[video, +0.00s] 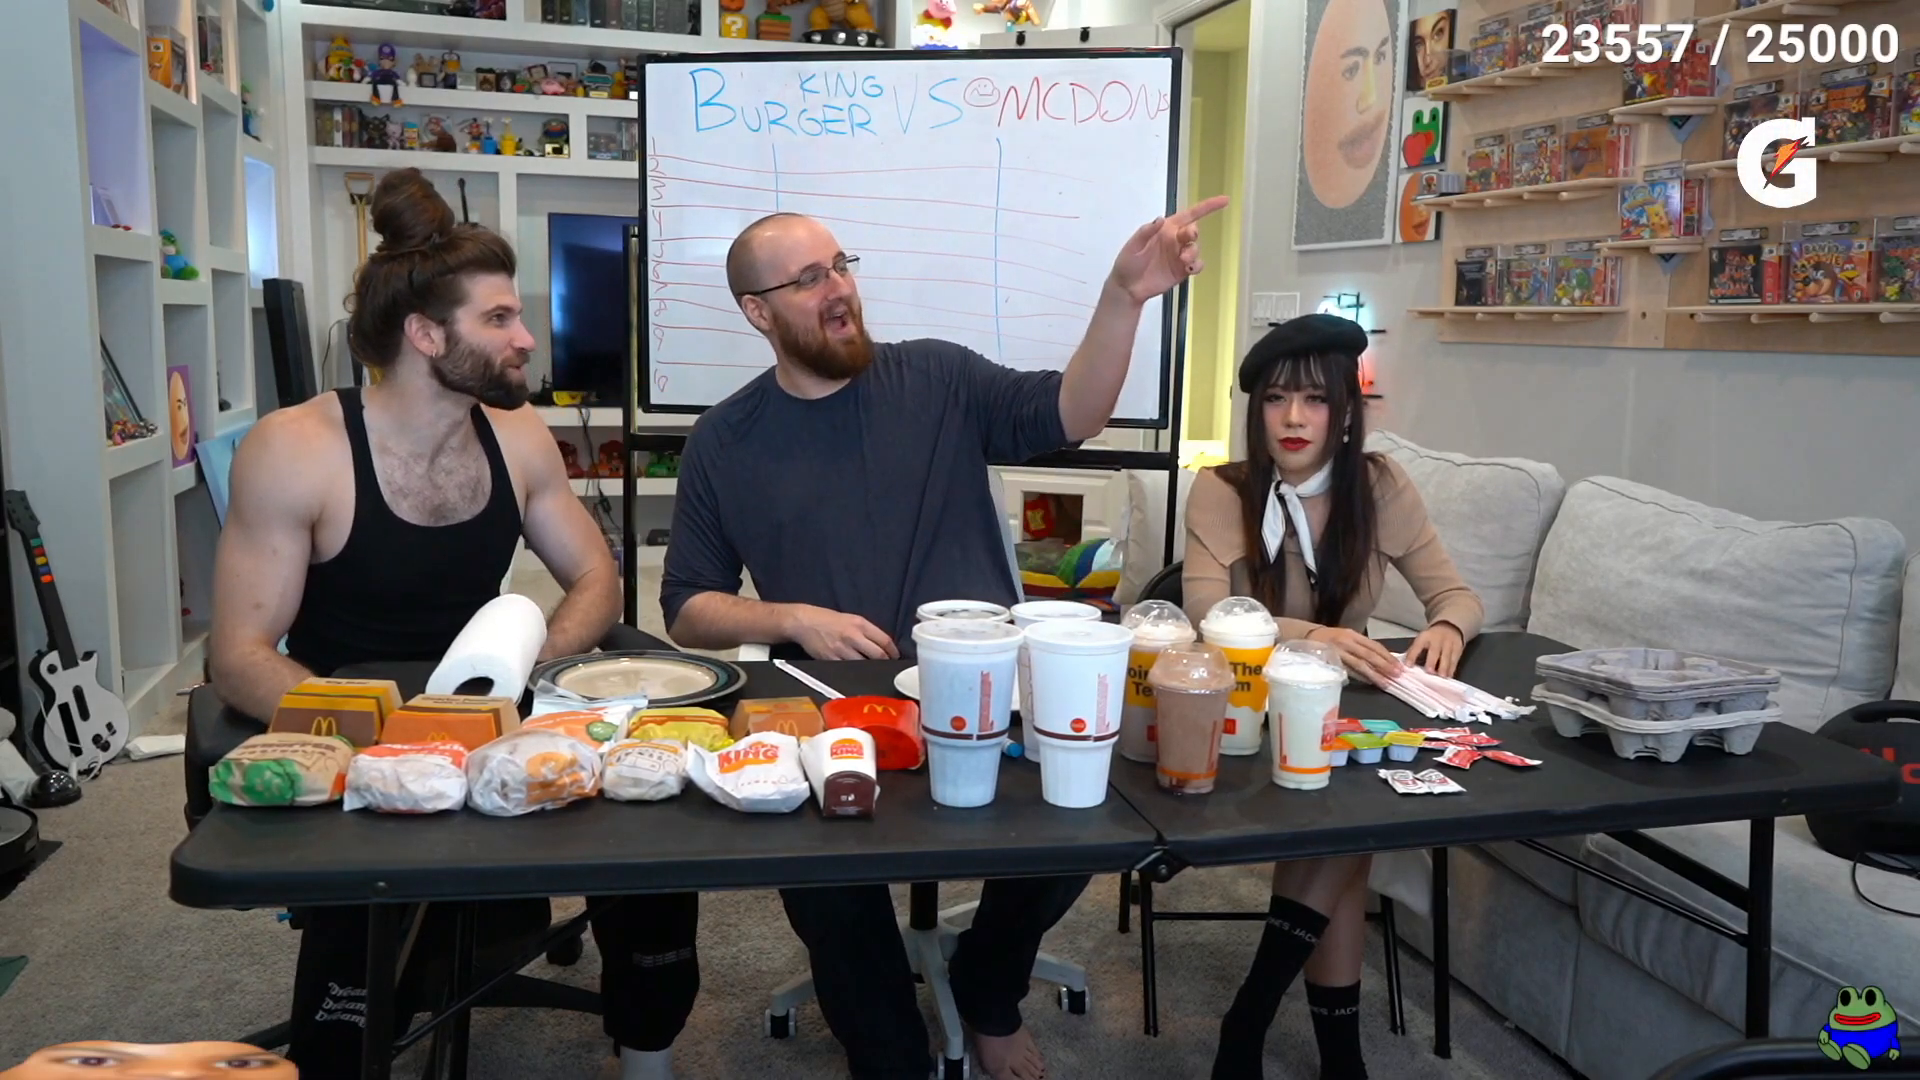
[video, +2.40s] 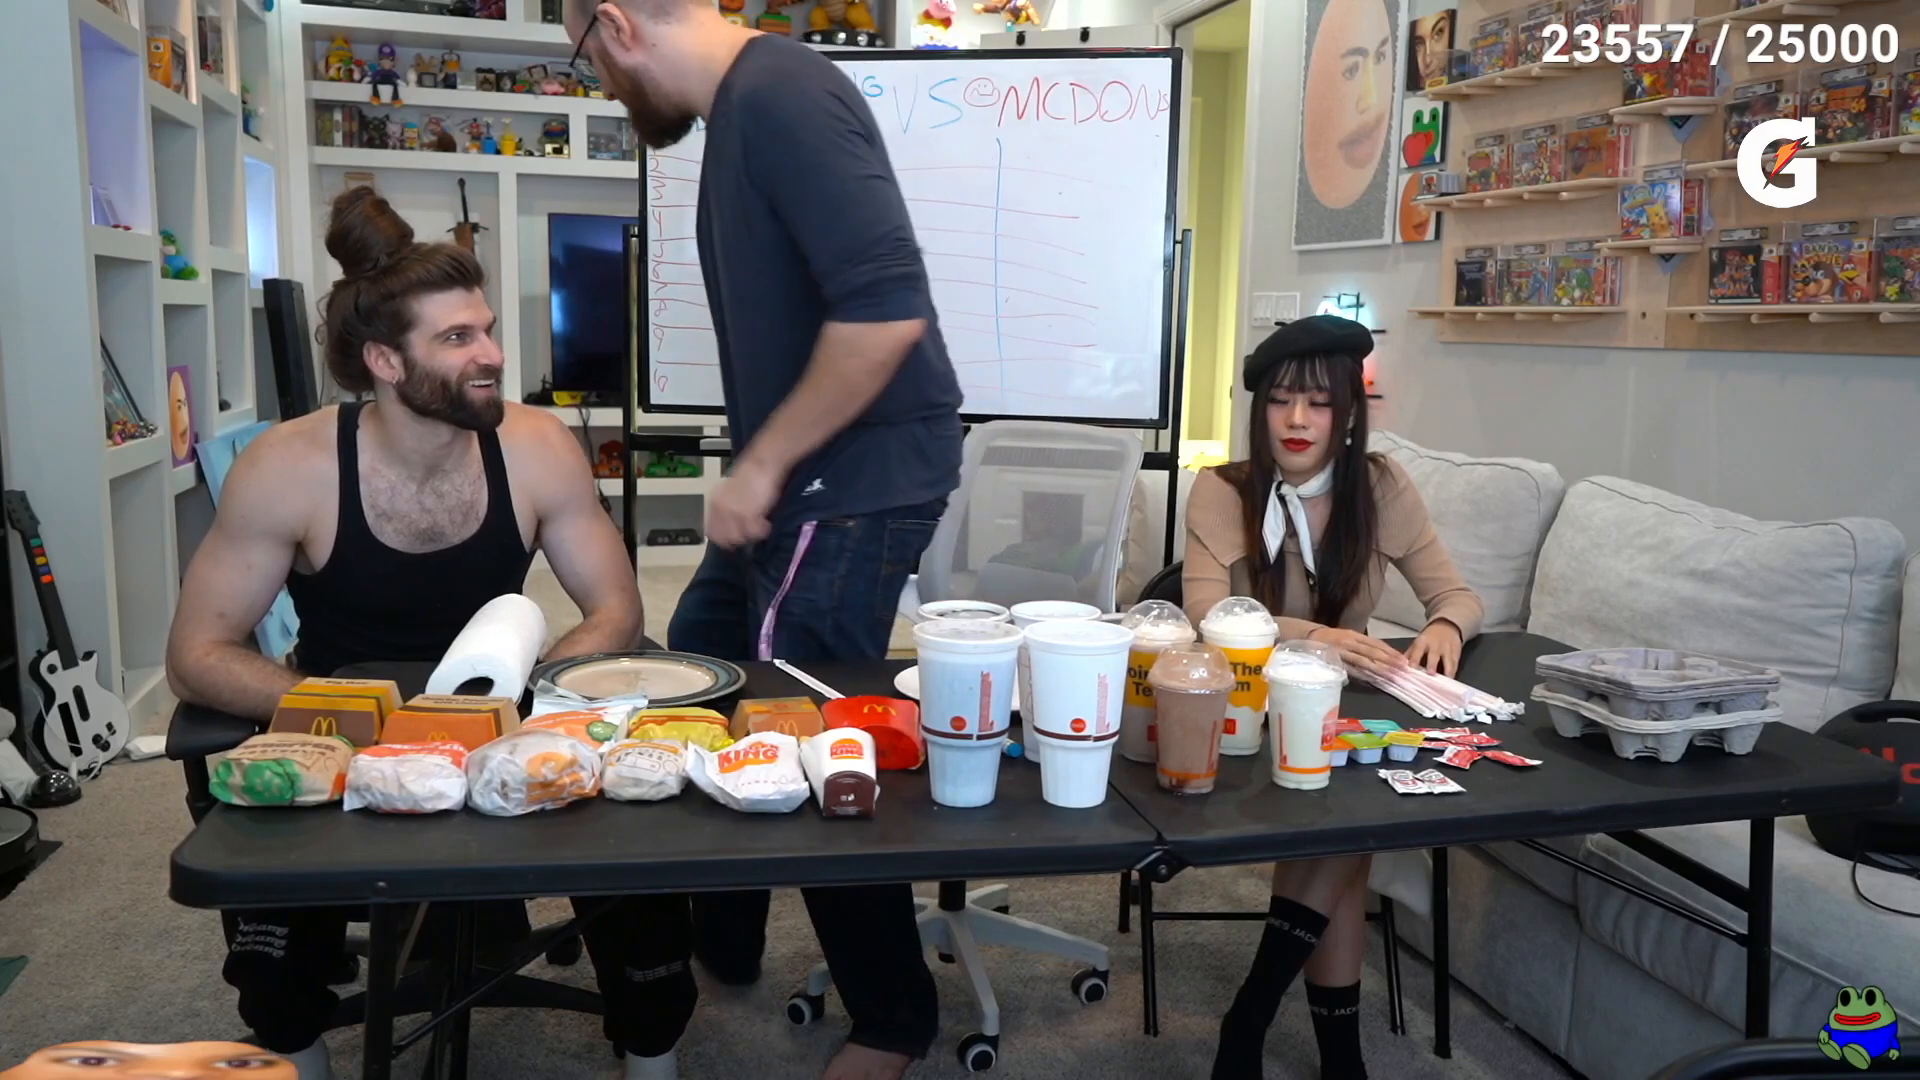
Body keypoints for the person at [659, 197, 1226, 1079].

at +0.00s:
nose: (840, 288)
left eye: (841, 267)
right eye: (809, 279)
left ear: (856, 274)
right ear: (757, 313)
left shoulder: (937, 376)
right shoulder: (724, 442)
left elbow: (1073, 413)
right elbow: (687, 609)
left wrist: (1124, 294)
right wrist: (792, 619)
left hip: (978, 692)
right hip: (825, 710)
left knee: (1072, 824)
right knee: (818, 870)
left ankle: (986, 990)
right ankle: (897, 1062)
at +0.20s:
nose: (840, 292)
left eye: (846, 270)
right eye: (809, 283)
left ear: (862, 277)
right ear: (763, 311)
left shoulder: (945, 378)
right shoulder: (726, 440)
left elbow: (1098, 456)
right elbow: (693, 604)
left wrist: (1039, 410)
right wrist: (797, 622)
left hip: (976, 685)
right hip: (826, 703)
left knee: (1069, 821)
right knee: (816, 863)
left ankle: (987, 992)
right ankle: (893, 1059)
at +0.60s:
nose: (830, 330)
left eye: (851, 305)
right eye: (805, 312)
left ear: (888, 305)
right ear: (782, 325)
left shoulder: (980, 387)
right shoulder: (754, 408)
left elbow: (1086, 447)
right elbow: (721, 475)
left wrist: (1078, 584)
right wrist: (765, 582)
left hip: (981, 675)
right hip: (830, 675)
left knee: (1013, 832)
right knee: (787, 837)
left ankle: (954, 1045)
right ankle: (861, 1056)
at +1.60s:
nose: (703, 262)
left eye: (716, 238)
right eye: (690, 240)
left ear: (795, 189)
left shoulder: (970, 240)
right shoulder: (711, 250)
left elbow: (1090, 373)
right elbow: (740, 390)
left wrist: (1097, 544)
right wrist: (779, 516)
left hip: (934, 571)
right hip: (796, 560)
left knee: (873, 811)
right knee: (763, 798)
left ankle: (898, 1030)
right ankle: (837, 1016)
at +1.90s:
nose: (682, 104)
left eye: (680, 76)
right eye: (672, 82)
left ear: (746, 46)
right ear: (744, 50)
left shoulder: (950, 155)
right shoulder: (763, 150)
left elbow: (1052, 350)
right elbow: (780, 323)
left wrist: (1018, 538)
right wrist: (782, 461)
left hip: (903, 541)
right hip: (776, 514)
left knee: (854, 797)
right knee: (731, 760)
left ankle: (900, 1023)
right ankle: (814, 982)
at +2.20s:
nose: (634, 79)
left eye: (623, 49)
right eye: (621, 55)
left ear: (671, 20)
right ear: (686, 18)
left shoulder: (854, 121)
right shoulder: (765, 122)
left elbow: (972, 335)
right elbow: (827, 328)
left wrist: (894, 521)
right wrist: (784, 485)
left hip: (866, 522)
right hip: (783, 505)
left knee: (850, 771)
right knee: (716, 730)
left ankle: (893, 1025)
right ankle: (770, 980)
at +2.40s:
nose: (602, 86)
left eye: (589, 56)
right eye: (588, 64)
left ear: (621, 23)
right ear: (650, 18)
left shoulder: (783, 93)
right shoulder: (741, 111)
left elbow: (885, 311)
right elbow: (793, 318)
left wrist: (758, 463)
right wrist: (753, 464)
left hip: (860, 481)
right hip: (794, 478)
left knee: (809, 734)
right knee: (692, 691)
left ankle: (897, 1022)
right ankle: (724, 941)